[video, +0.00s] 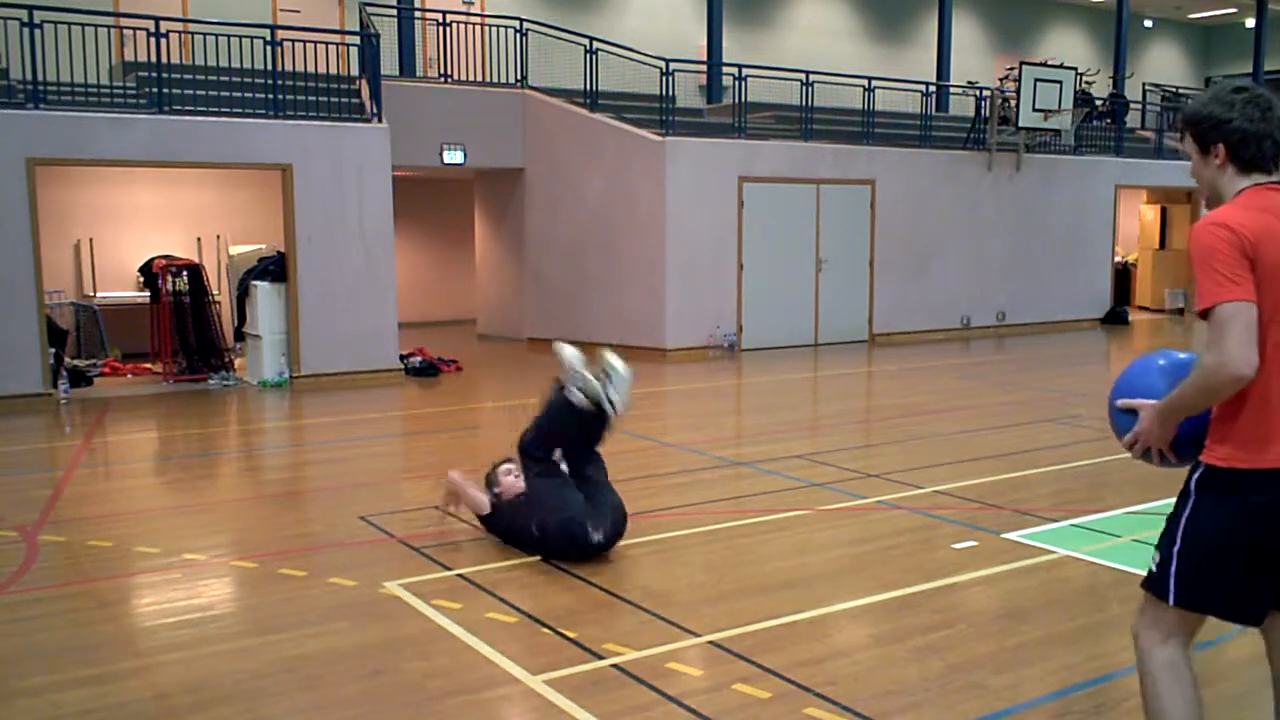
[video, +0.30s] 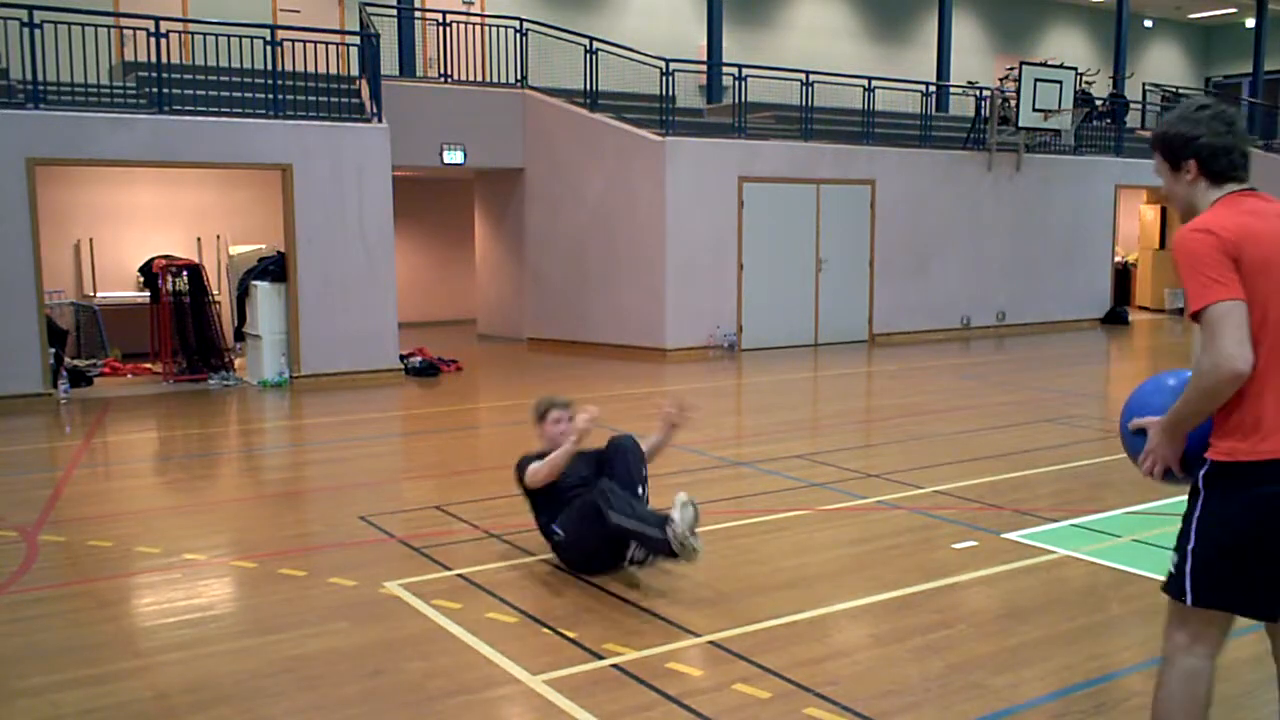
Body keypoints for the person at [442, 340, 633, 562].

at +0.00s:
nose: (518, 475)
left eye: (519, 472)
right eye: (509, 474)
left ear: (527, 475)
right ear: (496, 490)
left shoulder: (549, 486)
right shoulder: (498, 512)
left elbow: (570, 453)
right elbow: (456, 480)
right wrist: (454, 496)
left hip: (609, 523)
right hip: (570, 531)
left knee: (581, 454)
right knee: (531, 450)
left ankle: (602, 408)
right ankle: (574, 399)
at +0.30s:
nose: (565, 428)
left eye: (569, 421)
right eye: (556, 422)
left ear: (575, 424)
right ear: (541, 429)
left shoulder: (589, 459)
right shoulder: (529, 464)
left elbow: (637, 460)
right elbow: (539, 478)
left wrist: (666, 431)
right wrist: (575, 438)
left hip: (620, 538)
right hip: (580, 549)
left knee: (623, 444)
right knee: (603, 493)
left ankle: (637, 542)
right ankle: (670, 540)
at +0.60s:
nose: (637, 402)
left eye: (642, 395)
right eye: (629, 395)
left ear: (647, 395)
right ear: (610, 393)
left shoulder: (655, 424)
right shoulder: (587, 421)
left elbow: (716, 439)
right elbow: (607, 447)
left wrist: (770, 439)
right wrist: (655, 443)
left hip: (631, 518)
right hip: (588, 524)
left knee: (656, 464)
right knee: (617, 515)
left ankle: (640, 564)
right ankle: (699, 581)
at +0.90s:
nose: (671, 383)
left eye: (677, 376)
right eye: (663, 376)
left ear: (682, 375)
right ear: (643, 375)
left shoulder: (684, 401)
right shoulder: (624, 395)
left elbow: (741, 404)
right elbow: (631, 411)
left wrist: (789, 396)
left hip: (638, 496)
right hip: (594, 495)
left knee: (676, 477)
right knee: (637, 468)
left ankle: (642, 565)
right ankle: (684, 571)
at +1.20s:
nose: (681, 331)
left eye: (685, 324)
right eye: (673, 325)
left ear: (689, 326)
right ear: (652, 328)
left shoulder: (695, 357)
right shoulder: (632, 351)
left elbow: (748, 368)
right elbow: (642, 370)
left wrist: (787, 360)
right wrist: (696, 356)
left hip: (650, 439)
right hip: (602, 431)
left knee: (664, 482)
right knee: (632, 458)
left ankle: (637, 563)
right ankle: (644, 561)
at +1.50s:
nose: (676, 298)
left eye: (679, 290)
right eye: (666, 292)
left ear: (684, 293)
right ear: (646, 298)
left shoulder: (688, 331)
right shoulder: (625, 331)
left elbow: (751, 386)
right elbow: (622, 389)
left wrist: (739, 361)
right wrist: (679, 359)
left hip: (653, 420)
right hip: (607, 413)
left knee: (661, 483)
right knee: (627, 444)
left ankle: (645, 561)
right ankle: (634, 555)